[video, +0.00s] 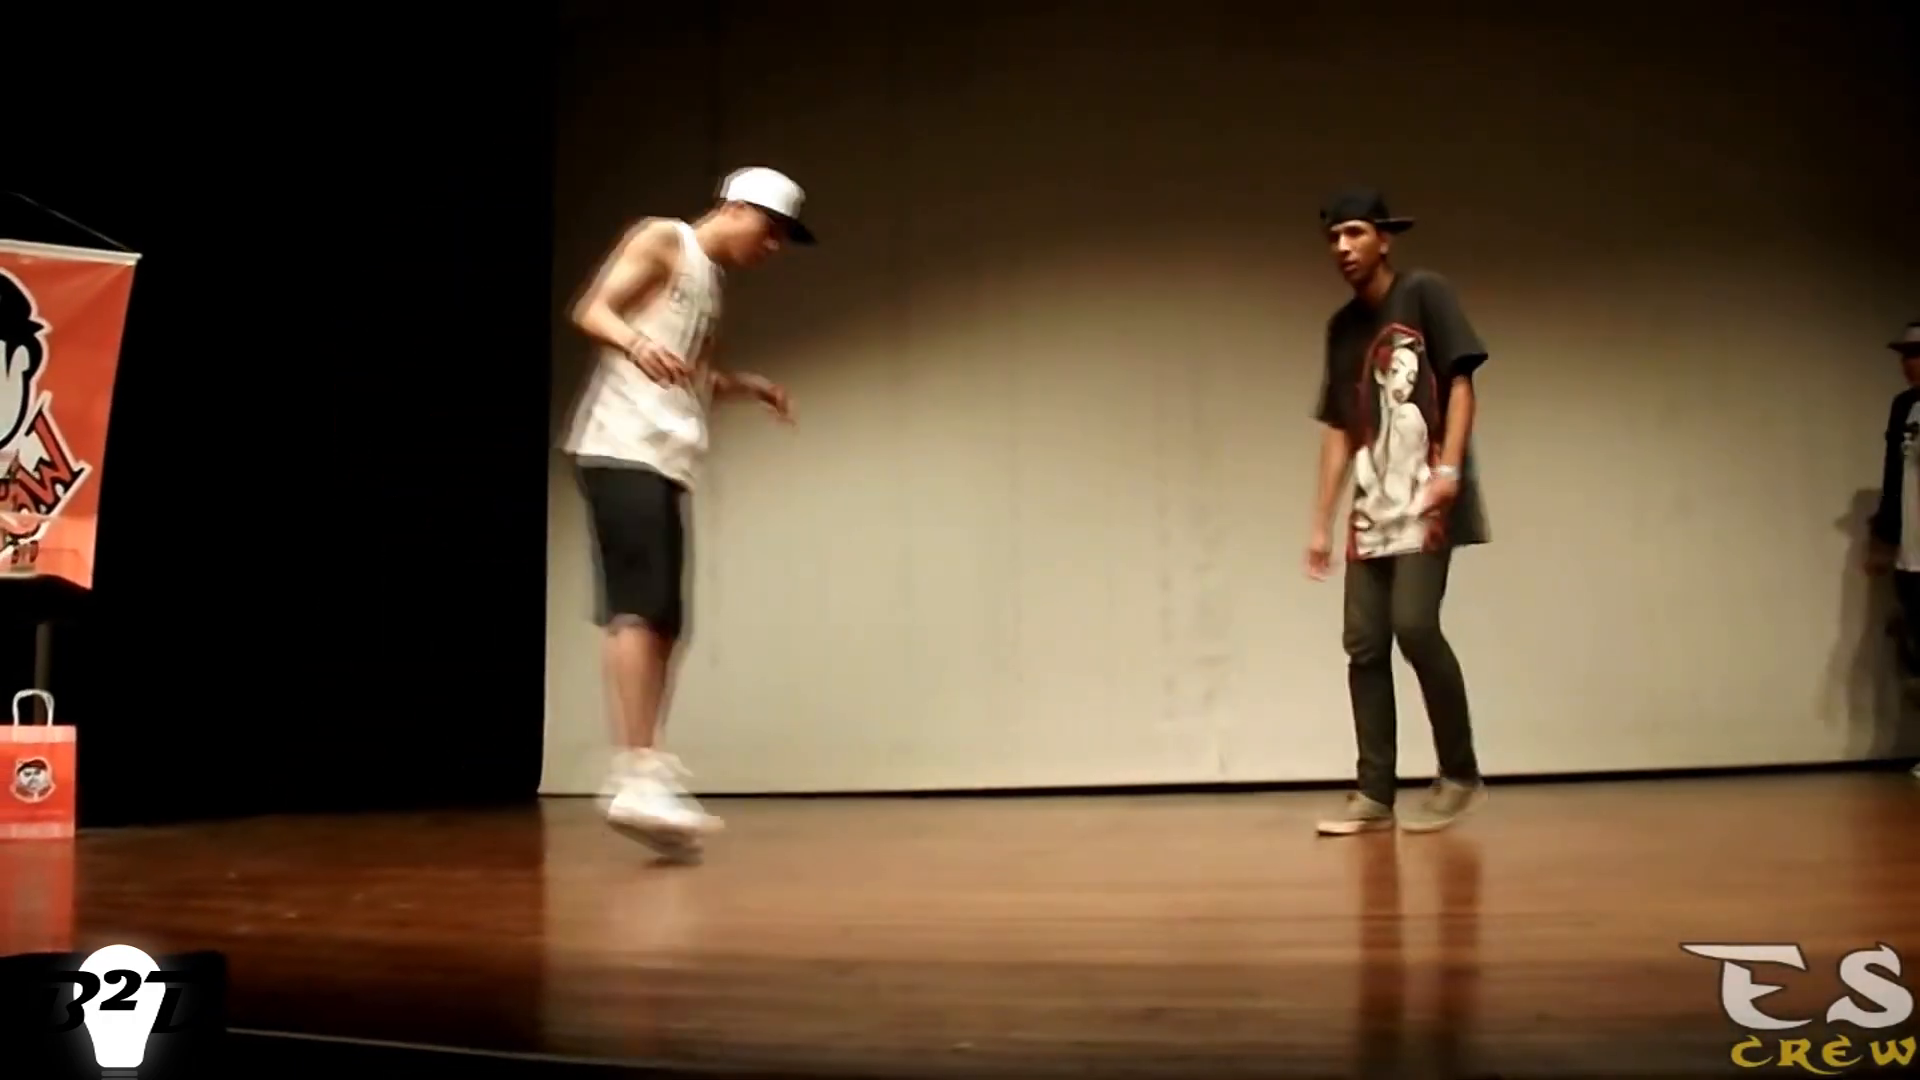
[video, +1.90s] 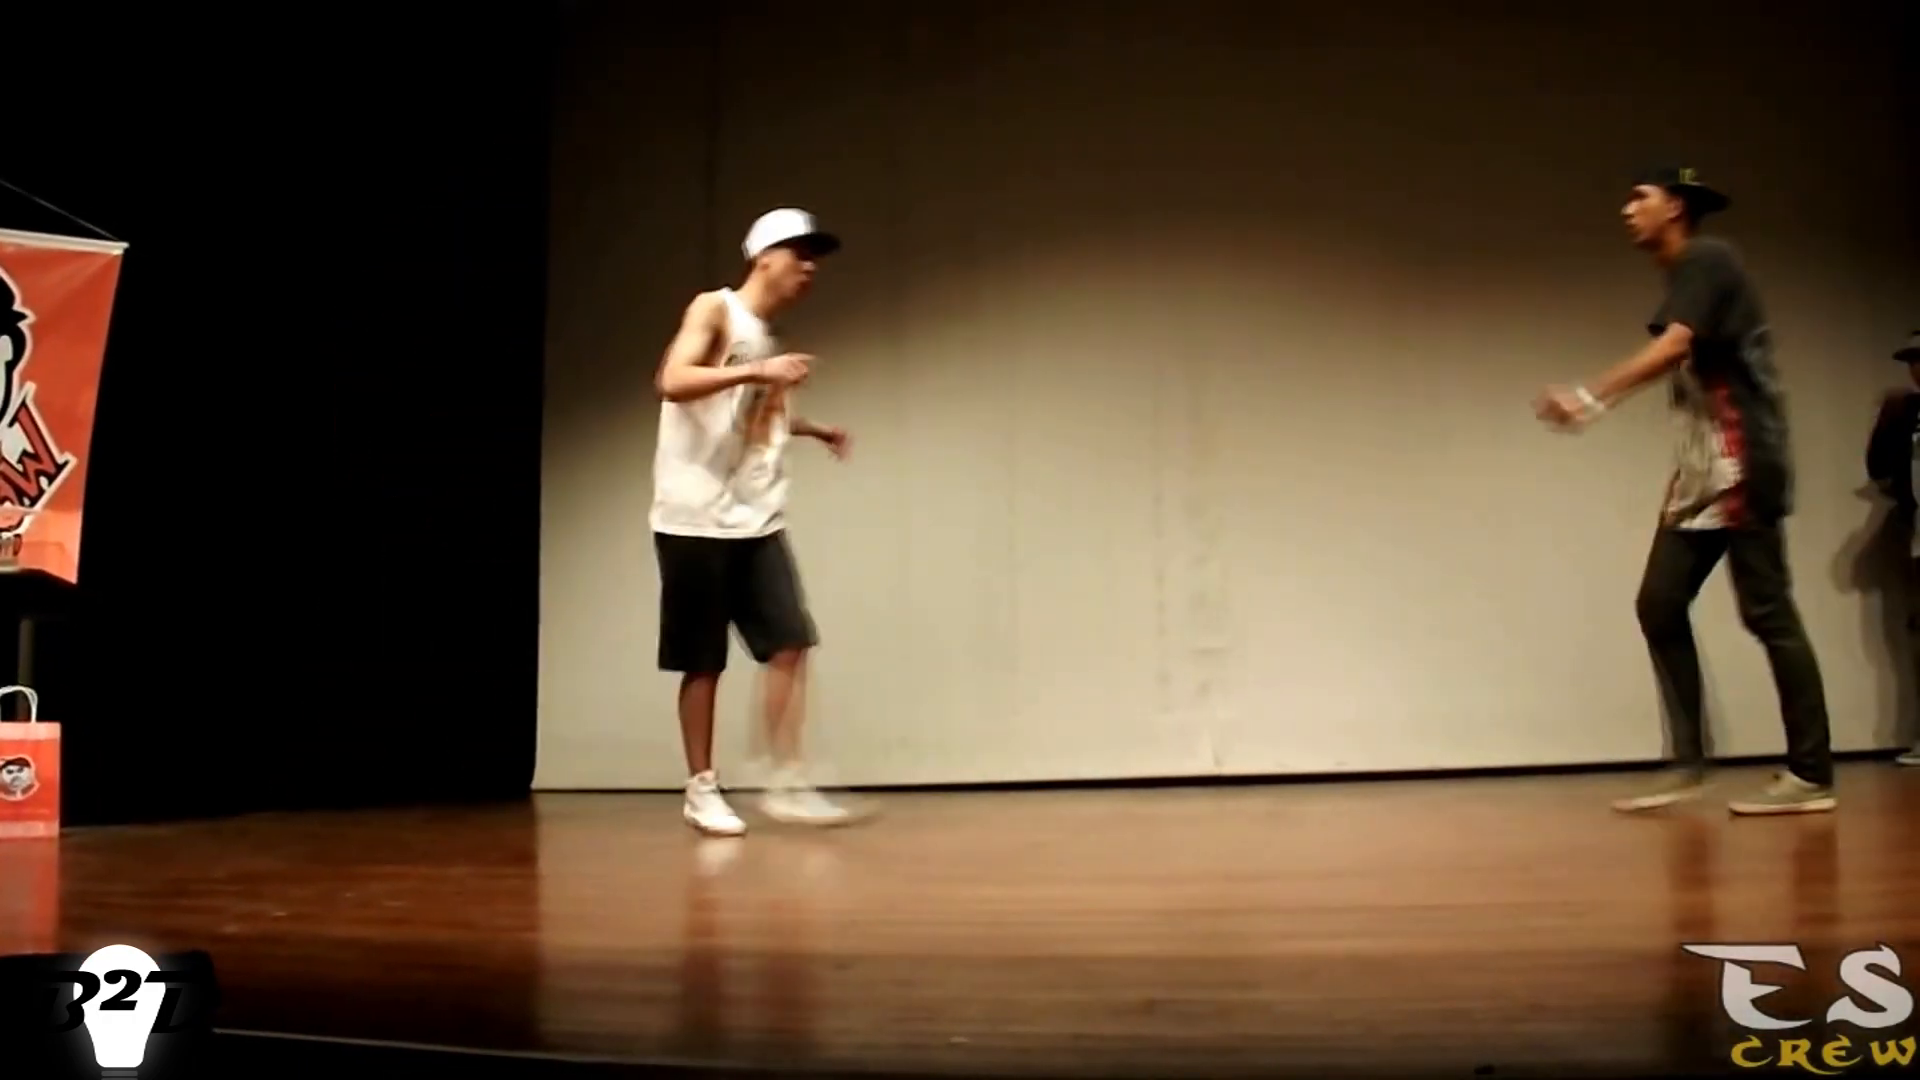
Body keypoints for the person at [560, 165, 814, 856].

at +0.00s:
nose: (771, 250)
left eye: (780, 241)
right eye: (771, 233)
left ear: (753, 225)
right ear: (738, 207)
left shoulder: (705, 280)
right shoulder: (661, 239)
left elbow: (684, 374)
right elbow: (591, 309)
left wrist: (748, 387)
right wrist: (638, 345)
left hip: (662, 460)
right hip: (623, 451)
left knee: (663, 620)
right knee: (640, 612)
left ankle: (647, 772)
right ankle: (633, 775)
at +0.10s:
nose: (739, 257)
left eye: (749, 248)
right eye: (740, 240)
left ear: (737, 239)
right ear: (709, 215)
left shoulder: (686, 290)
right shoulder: (639, 243)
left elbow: (661, 384)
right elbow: (565, 315)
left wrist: (726, 388)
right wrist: (616, 344)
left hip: (640, 468)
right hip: (598, 457)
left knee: (652, 622)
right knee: (618, 607)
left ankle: (594, 773)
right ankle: (558, 765)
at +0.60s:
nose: (680, 276)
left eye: (684, 265)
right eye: (674, 261)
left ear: (667, 266)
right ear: (641, 256)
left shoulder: (646, 334)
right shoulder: (589, 299)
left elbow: (634, 411)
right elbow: (526, 360)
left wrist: (685, 408)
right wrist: (558, 395)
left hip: (604, 507)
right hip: (555, 500)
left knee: (591, 643)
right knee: (551, 639)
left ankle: (557, 765)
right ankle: (500, 760)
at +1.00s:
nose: (700, 275)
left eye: (700, 265)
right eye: (690, 264)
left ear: (681, 273)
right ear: (658, 267)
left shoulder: (670, 348)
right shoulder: (613, 320)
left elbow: (664, 408)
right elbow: (560, 385)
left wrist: (709, 417)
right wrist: (587, 427)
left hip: (647, 506)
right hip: (608, 505)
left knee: (638, 638)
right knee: (613, 634)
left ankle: (610, 757)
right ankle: (577, 756)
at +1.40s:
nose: (745, 285)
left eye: (747, 277)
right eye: (733, 275)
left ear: (736, 287)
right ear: (701, 279)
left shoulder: (714, 361)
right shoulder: (661, 331)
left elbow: (705, 430)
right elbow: (603, 393)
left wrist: (753, 429)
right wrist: (642, 423)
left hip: (689, 514)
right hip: (654, 511)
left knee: (675, 634)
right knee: (692, 628)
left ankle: (648, 755)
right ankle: (676, 758)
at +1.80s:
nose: (792, 290)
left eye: (795, 279)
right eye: (784, 277)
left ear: (776, 281)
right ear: (750, 273)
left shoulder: (744, 347)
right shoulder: (701, 326)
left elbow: (733, 424)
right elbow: (654, 393)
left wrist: (796, 437)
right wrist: (730, 394)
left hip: (737, 534)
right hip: (687, 533)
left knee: (757, 659)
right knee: (710, 662)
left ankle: (695, 757)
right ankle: (703, 792)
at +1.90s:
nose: (808, 274)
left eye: (811, 264)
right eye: (799, 260)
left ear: (791, 268)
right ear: (762, 257)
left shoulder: (765, 335)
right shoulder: (712, 311)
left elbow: (754, 417)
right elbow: (671, 382)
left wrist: (816, 431)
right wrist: (756, 373)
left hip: (754, 521)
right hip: (693, 522)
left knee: (789, 644)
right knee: (703, 662)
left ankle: (785, 783)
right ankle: (701, 789)